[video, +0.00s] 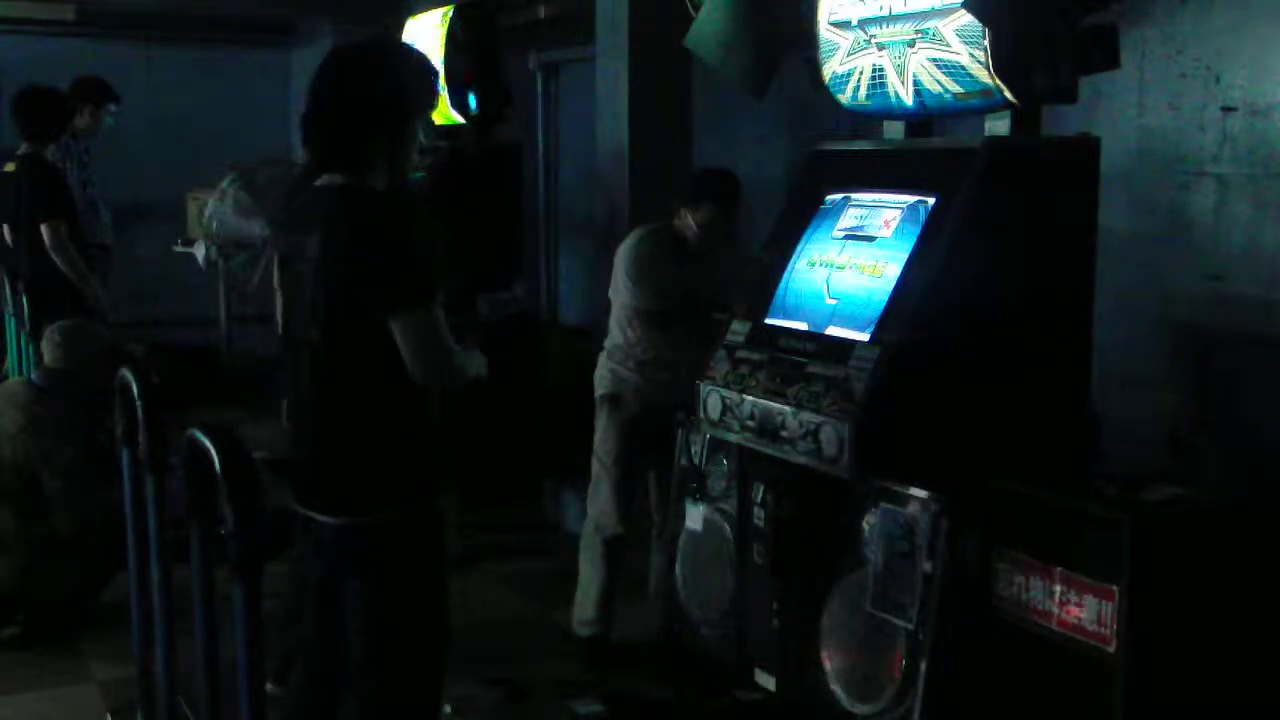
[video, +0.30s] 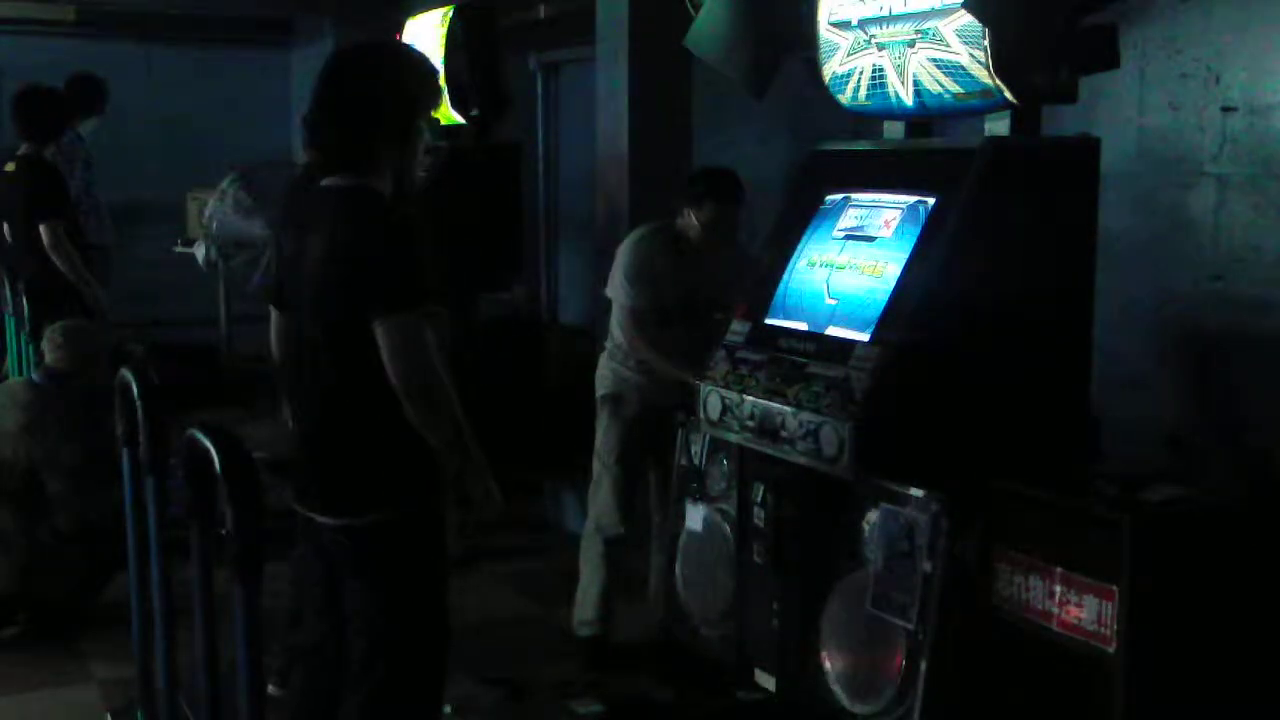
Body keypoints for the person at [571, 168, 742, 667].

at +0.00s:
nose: (710, 232)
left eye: (718, 224)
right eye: (705, 220)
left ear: (726, 223)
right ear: (684, 211)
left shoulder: (714, 258)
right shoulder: (643, 249)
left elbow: (722, 320)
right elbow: (645, 327)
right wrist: (710, 318)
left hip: (677, 392)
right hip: (624, 387)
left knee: (672, 511)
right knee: (611, 510)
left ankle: (666, 624)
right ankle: (590, 626)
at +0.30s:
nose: (718, 231)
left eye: (725, 222)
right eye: (712, 219)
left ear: (731, 219)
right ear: (689, 211)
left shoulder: (719, 257)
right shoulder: (644, 249)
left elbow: (732, 318)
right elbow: (631, 336)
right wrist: (687, 375)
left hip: (679, 389)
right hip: (627, 386)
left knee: (673, 509)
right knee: (612, 509)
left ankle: (665, 624)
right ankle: (592, 626)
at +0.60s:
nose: (722, 234)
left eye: (728, 225)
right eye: (715, 222)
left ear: (732, 222)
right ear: (692, 213)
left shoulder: (718, 260)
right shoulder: (646, 248)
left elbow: (733, 321)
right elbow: (632, 332)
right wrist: (688, 381)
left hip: (679, 391)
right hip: (626, 385)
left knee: (674, 508)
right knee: (612, 508)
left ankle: (667, 622)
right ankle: (591, 624)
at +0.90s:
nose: (721, 231)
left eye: (730, 222)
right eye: (715, 219)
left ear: (737, 223)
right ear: (695, 211)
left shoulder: (724, 260)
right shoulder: (649, 250)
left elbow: (733, 325)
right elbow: (645, 340)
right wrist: (698, 384)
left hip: (681, 394)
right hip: (628, 388)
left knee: (675, 511)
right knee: (612, 511)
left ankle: (666, 624)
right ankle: (591, 625)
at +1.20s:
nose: (721, 227)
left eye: (731, 218)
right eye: (716, 215)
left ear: (738, 220)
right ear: (696, 208)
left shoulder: (727, 259)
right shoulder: (649, 245)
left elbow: (737, 325)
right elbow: (634, 327)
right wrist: (689, 377)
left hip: (685, 395)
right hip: (631, 388)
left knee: (677, 509)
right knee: (609, 507)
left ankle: (666, 621)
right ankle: (588, 617)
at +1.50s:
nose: (693, 217)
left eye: (702, 208)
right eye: (688, 205)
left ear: (712, 208)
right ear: (669, 196)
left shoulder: (711, 246)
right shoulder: (624, 238)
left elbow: (726, 311)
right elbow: (593, 311)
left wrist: (699, 361)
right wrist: (637, 361)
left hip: (681, 386)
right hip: (623, 384)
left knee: (676, 499)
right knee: (606, 495)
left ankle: (668, 605)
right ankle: (597, 592)